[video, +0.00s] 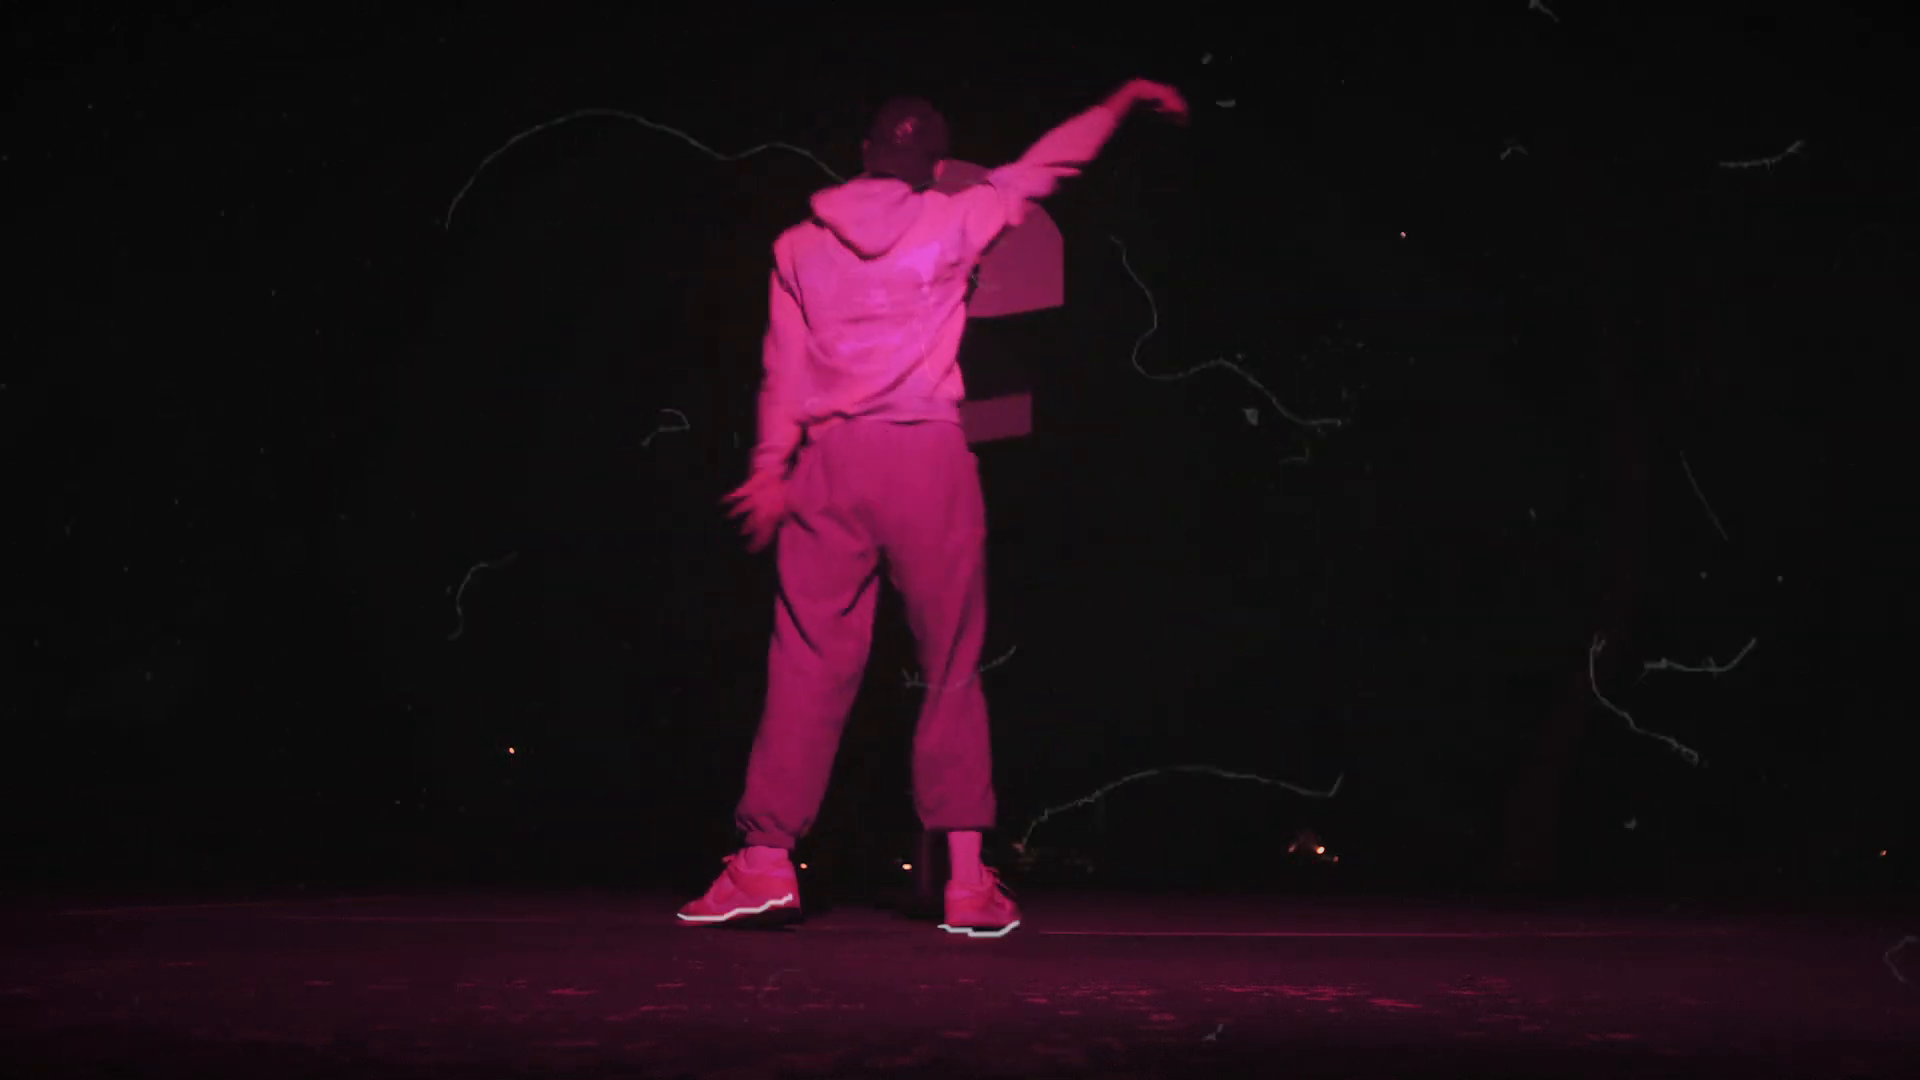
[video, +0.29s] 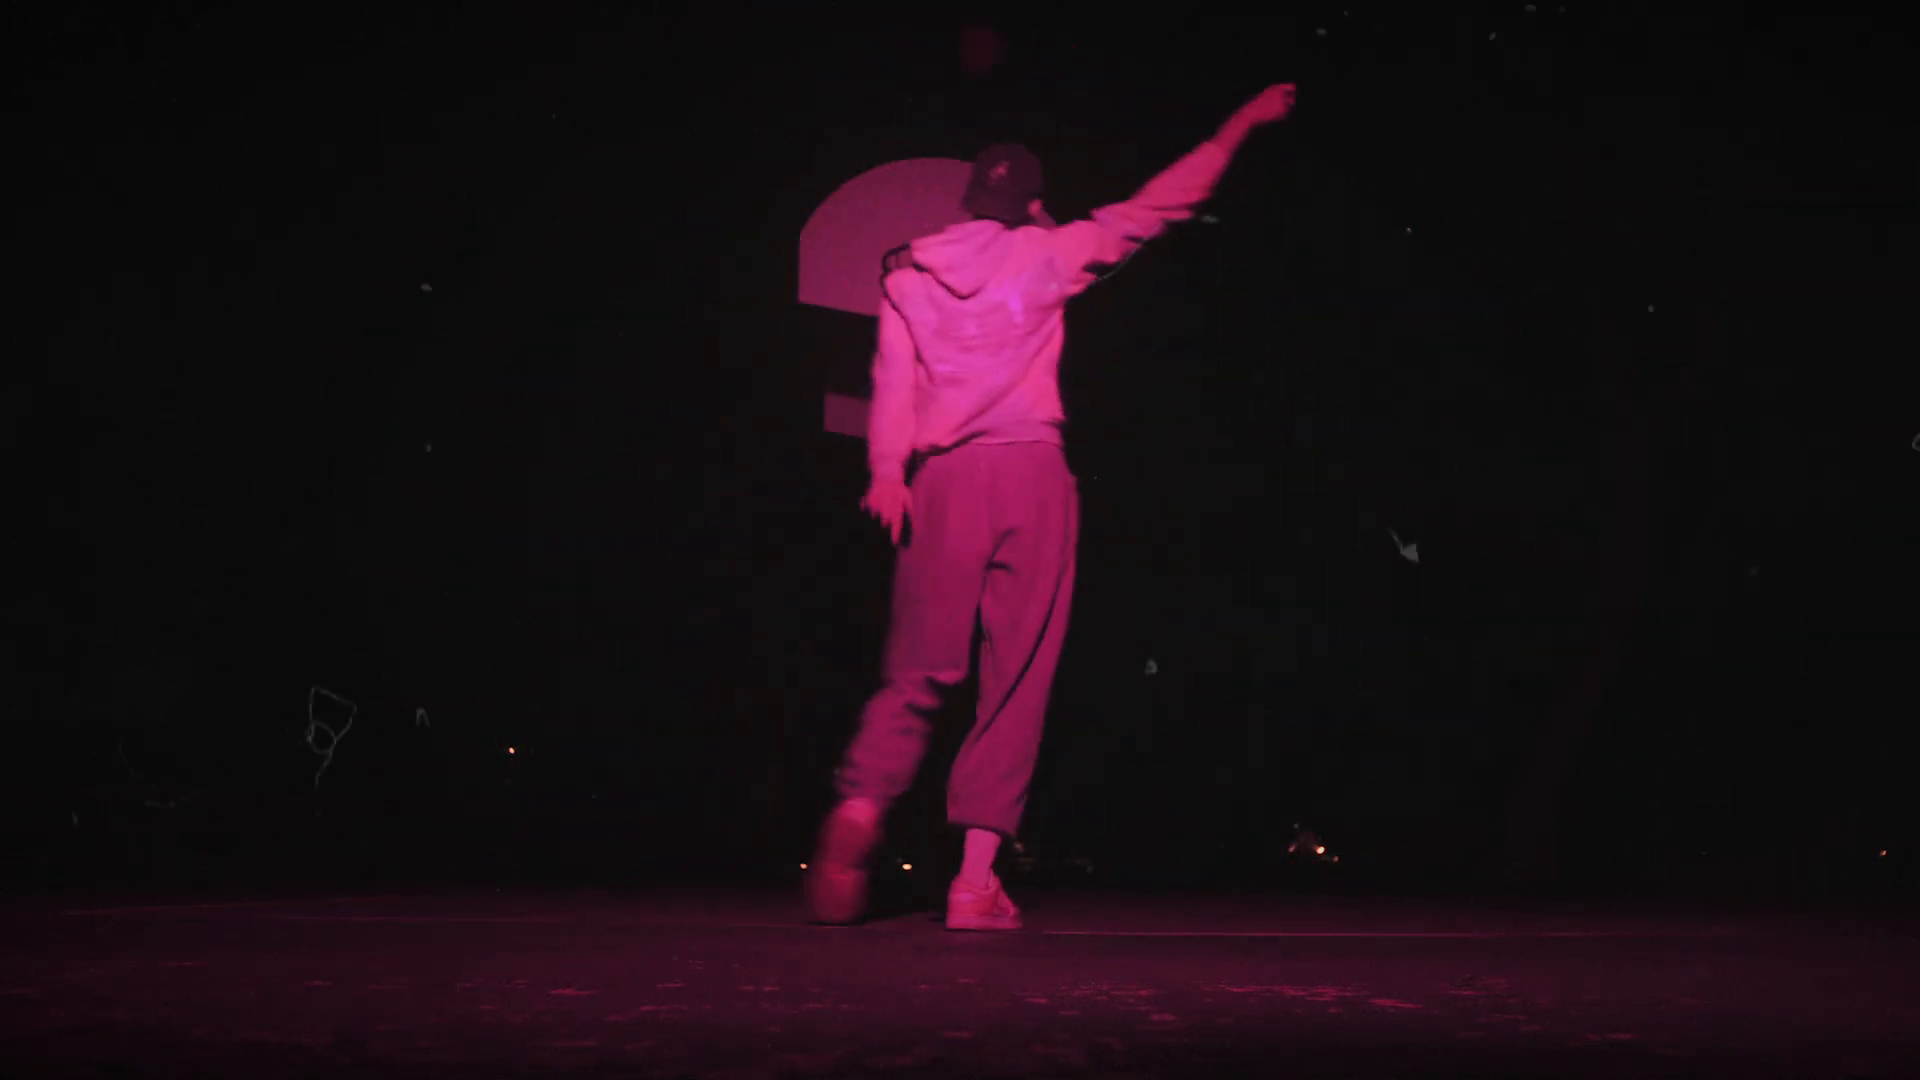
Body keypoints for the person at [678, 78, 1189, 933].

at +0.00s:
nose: (945, 174)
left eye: (933, 159)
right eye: (942, 162)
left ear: (862, 156)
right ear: (935, 164)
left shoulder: (799, 246)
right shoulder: (951, 221)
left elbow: (782, 373)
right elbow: (1043, 168)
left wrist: (769, 471)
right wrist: (1122, 100)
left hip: (825, 464)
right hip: (923, 462)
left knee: (809, 658)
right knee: (950, 663)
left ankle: (764, 859)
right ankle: (966, 878)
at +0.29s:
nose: (1045, 207)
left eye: (1039, 196)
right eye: (1042, 197)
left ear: (968, 200)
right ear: (1031, 203)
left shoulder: (907, 277)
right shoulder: (1045, 254)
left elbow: (891, 385)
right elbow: (1154, 207)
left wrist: (886, 474)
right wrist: (1237, 126)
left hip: (943, 483)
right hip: (1031, 478)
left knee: (917, 671)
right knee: (1016, 674)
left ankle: (855, 819)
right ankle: (977, 879)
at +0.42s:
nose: (1092, 239)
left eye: (1088, 227)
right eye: (1091, 229)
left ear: (1020, 227)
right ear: (1078, 232)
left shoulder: (954, 310)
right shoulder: (1086, 281)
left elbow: (930, 424)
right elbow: (1213, 268)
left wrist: (924, 522)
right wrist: (1282, 186)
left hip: (974, 485)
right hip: (1059, 476)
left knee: (983, 672)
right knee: (1035, 670)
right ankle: (974, 875)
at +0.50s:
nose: (1124, 270)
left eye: (1124, 259)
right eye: (1125, 260)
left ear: (1059, 249)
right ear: (1114, 259)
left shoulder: (991, 336)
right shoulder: (1114, 308)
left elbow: (959, 445)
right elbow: (1240, 319)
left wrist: (957, 542)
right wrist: (1309, 257)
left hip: (999, 500)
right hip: (1079, 491)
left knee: (1049, 666)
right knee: (1040, 667)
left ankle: (1073, 865)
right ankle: (976, 869)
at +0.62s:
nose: (1158, 289)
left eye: (1155, 278)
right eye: (1156, 279)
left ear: (1088, 276)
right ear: (1146, 282)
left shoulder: (1027, 361)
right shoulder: (1146, 331)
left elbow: (995, 469)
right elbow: (1250, 368)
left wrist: (995, 553)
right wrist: (1333, 350)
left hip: (1034, 516)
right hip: (1112, 504)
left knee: (1094, 678)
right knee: (1062, 663)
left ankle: (1129, 876)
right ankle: (986, 853)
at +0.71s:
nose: (1183, 295)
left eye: (1180, 283)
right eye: (1178, 284)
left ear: (1117, 287)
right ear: (1158, 288)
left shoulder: (1063, 370)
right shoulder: (1174, 339)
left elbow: (1039, 476)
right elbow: (1246, 400)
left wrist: (1040, 563)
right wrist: (1331, 437)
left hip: (1075, 524)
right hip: (1148, 512)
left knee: (1128, 689)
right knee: (1120, 674)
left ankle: (1133, 876)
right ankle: (1037, 817)